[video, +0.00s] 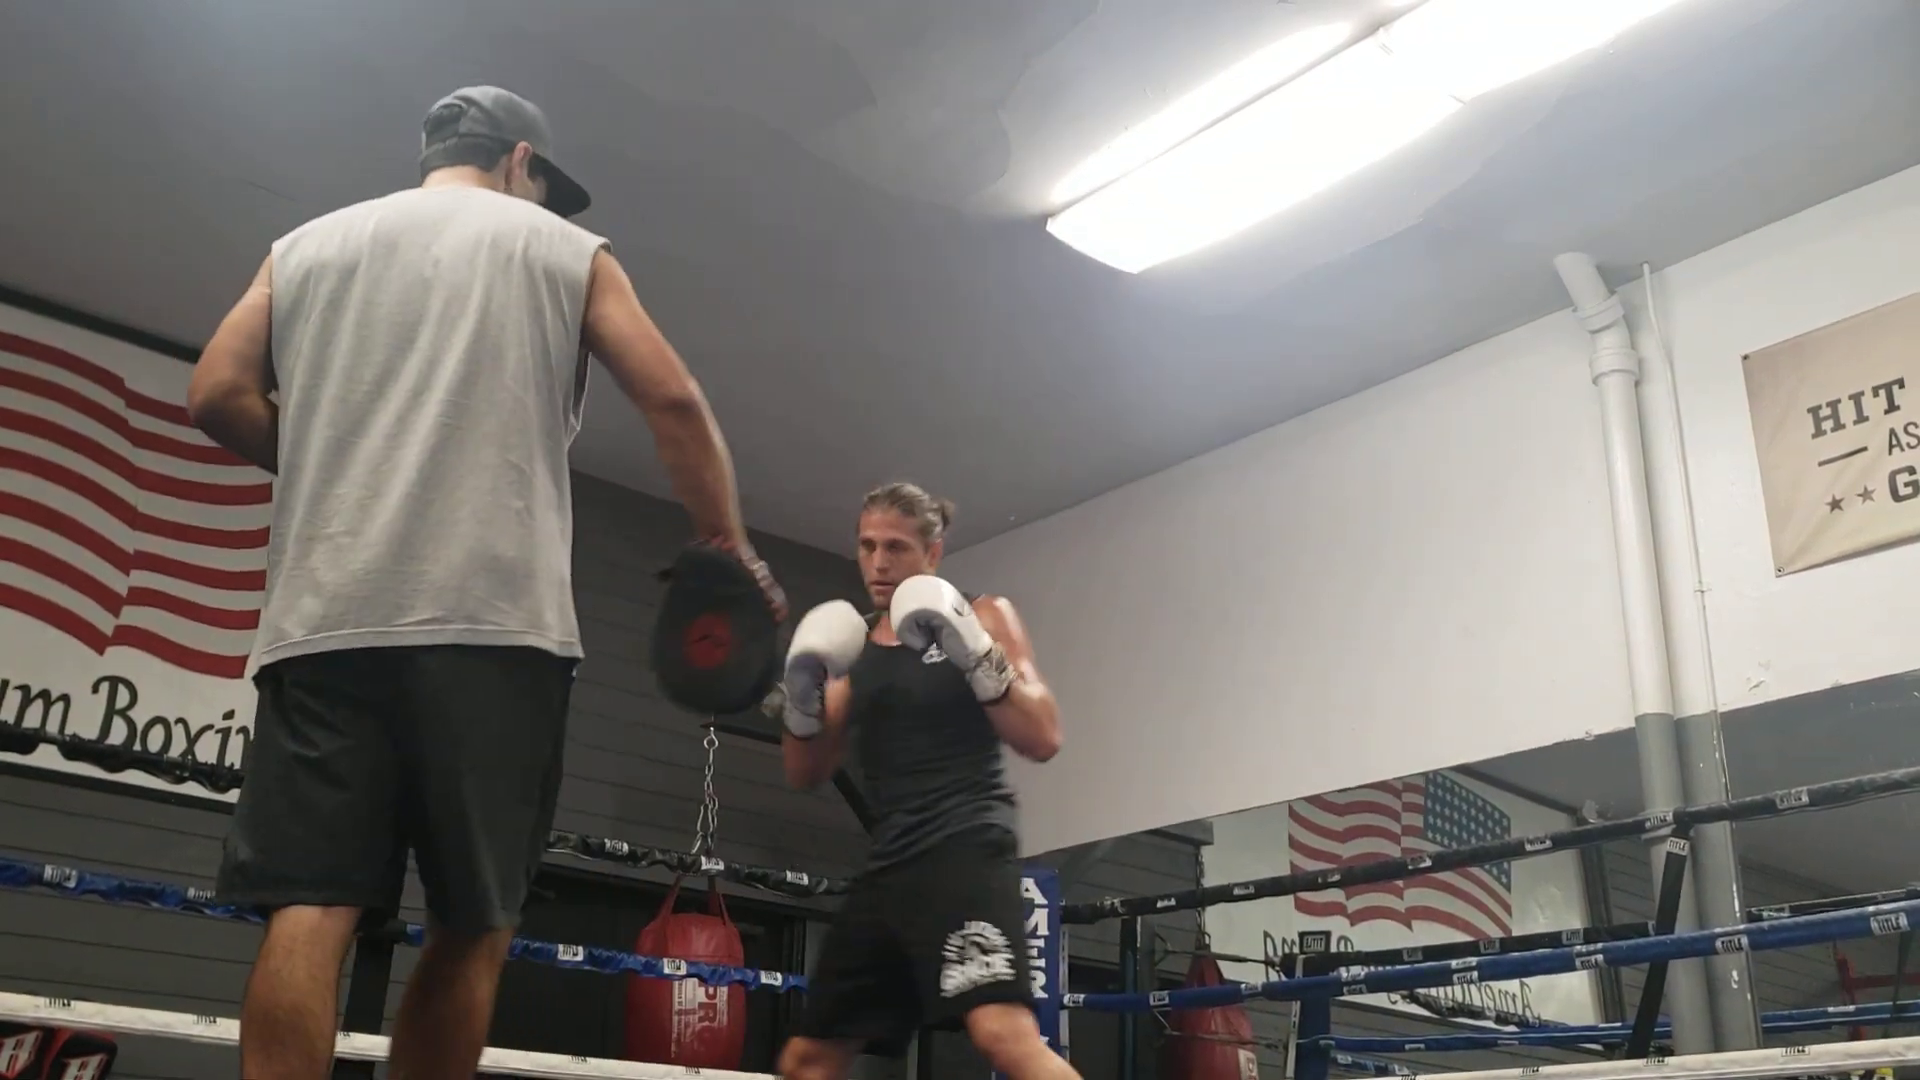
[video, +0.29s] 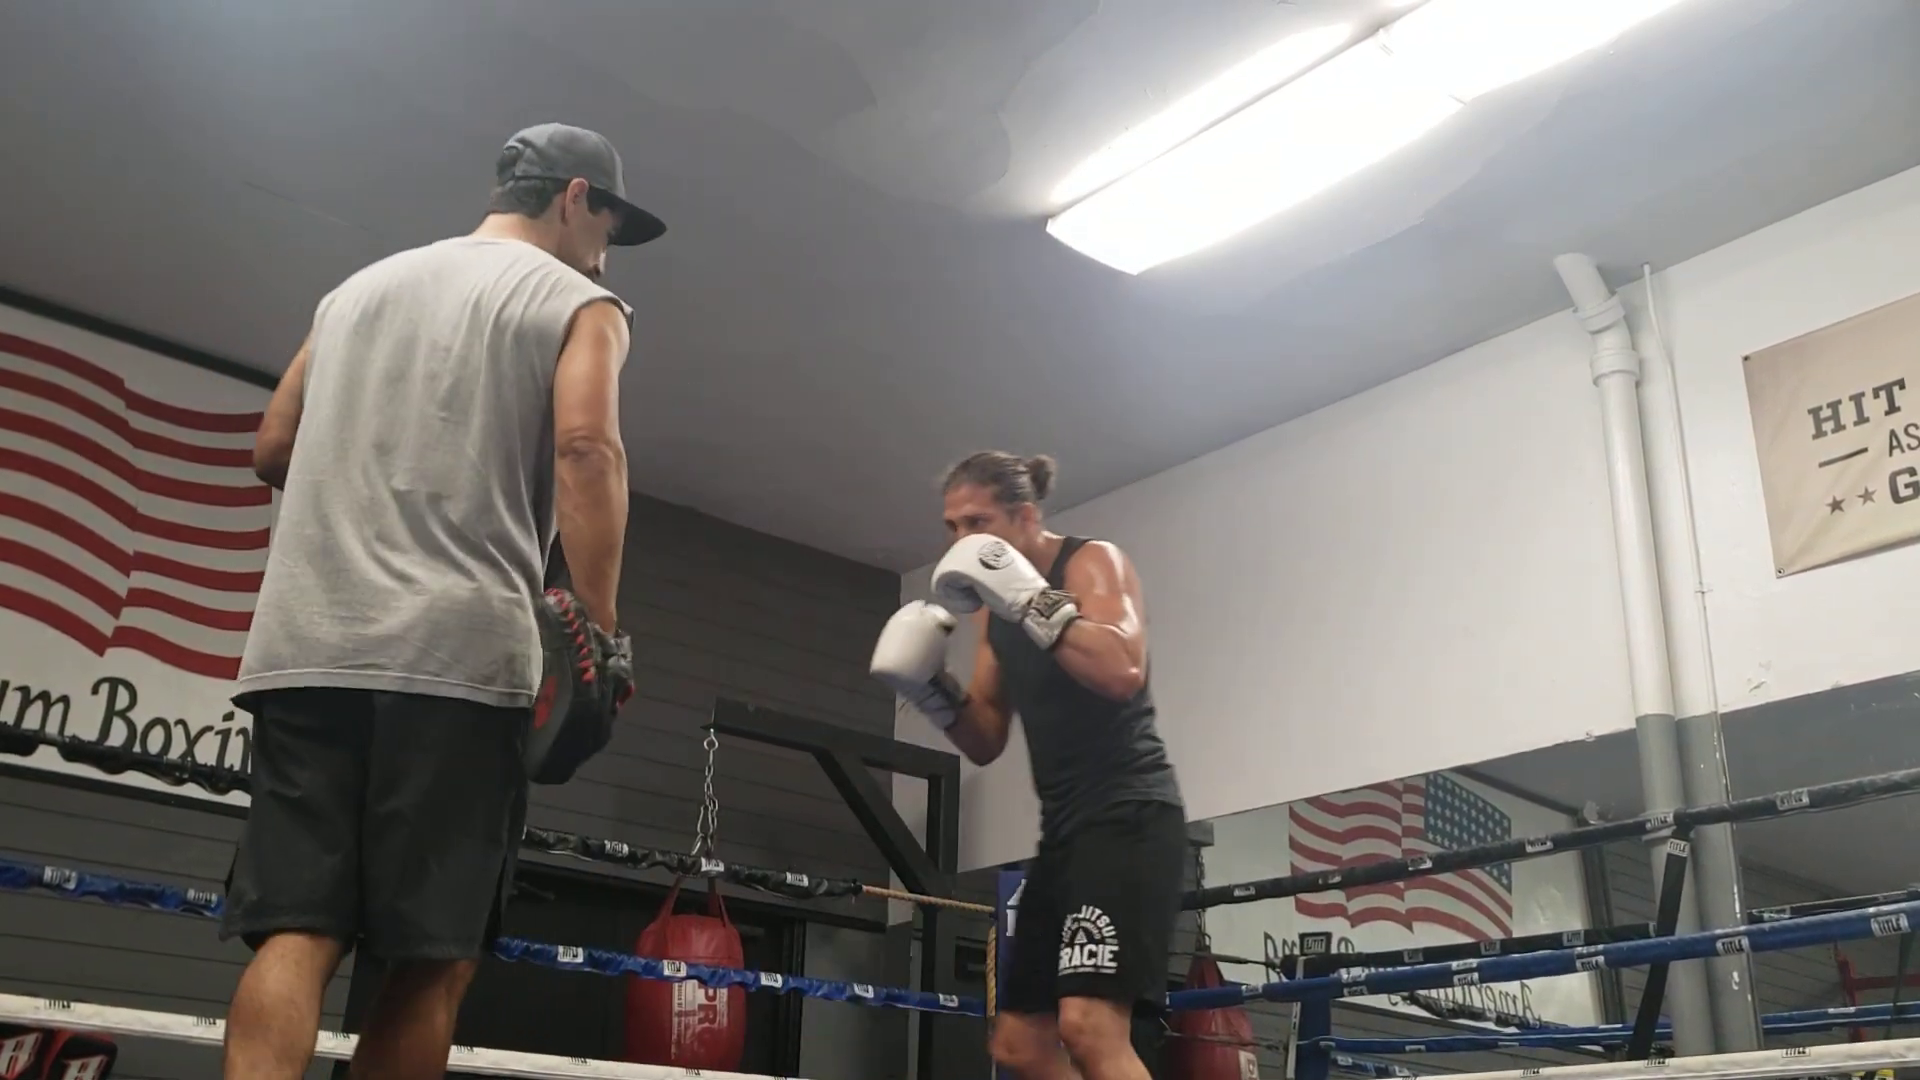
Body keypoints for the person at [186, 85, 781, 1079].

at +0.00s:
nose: (545, 203)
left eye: (546, 190)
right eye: (546, 186)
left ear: (424, 161)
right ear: (517, 163)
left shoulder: (308, 245)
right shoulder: (560, 249)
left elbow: (217, 391)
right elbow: (675, 399)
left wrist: (322, 455)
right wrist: (728, 544)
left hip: (326, 617)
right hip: (498, 626)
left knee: (311, 906)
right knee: (473, 927)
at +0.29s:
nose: (608, 257)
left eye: (614, 234)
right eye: (609, 227)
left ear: (495, 197)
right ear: (572, 200)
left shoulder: (360, 290)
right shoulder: (576, 302)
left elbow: (273, 451)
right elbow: (585, 445)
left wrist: (391, 457)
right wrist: (598, 628)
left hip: (303, 643)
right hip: (460, 665)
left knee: (296, 929)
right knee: (428, 963)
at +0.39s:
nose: (618, 264)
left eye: (624, 239)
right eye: (619, 232)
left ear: (514, 203)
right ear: (581, 205)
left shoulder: (378, 307)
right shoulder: (579, 305)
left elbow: (306, 465)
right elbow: (582, 452)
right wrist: (601, 643)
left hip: (318, 668)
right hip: (471, 680)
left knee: (289, 948)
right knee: (422, 973)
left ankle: (228, 1074)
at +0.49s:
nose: (622, 264)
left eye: (629, 240)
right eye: (623, 232)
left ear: (522, 207)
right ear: (581, 204)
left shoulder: (396, 323)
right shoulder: (573, 305)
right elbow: (585, 457)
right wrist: (624, 636)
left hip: (355, 688)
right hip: (480, 686)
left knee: (316, 961)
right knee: (425, 966)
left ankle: (231, 1071)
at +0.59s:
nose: (627, 259)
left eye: (633, 238)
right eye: (624, 231)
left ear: (525, 213)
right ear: (578, 206)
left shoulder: (434, 323)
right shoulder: (564, 297)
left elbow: (461, 491)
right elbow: (578, 449)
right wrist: (645, 620)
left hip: (386, 686)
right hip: (483, 687)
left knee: (352, 979)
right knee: (429, 970)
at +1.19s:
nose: (716, 360)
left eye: (720, 343)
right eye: (708, 335)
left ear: (663, 326)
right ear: (657, 317)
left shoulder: (641, 465)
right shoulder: (587, 405)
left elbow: (719, 580)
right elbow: (557, 519)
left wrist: (773, 491)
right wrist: (686, 627)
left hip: (653, 760)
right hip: (591, 745)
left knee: (650, 1014)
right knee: (527, 981)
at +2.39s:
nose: (700, 494)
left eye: (709, 482)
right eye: (686, 474)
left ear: (711, 493)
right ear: (634, 469)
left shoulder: (713, 601)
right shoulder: (559, 569)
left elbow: (717, 715)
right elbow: (510, 671)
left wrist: (732, 829)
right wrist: (619, 676)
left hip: (680, 876)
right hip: (560, 871)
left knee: (730, 1062)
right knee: (523, 1065)